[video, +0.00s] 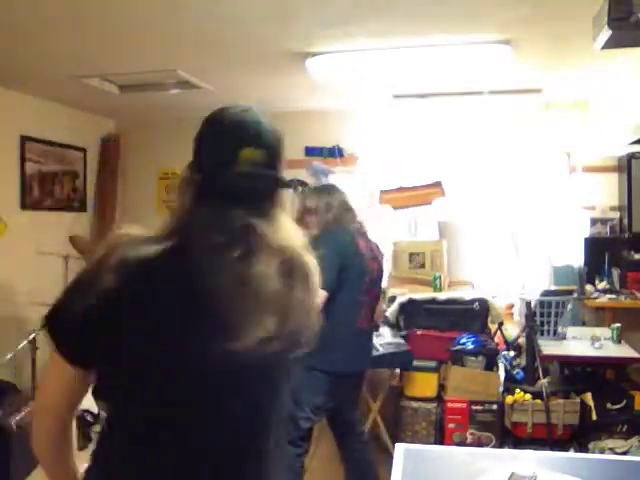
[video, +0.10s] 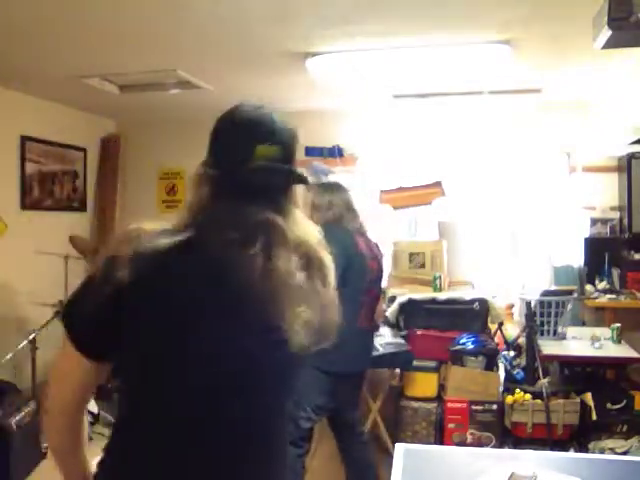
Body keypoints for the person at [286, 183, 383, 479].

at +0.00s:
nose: (306, 220)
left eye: (310, 212)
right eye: (305, 212)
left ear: (326, 211)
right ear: (343, 209)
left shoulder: (331, 241)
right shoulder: (366, 243)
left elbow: (316, 297)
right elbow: (372, 303)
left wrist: (292, 330)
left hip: (323, 354)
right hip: (355, 355)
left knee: (292, 435)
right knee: (349, 429)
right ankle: (364, 474)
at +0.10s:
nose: (309, 213)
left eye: (312, 206)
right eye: (310, 206)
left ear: (322, 207)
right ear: (347, 206)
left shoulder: (329, 239)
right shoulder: (366, 242)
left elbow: (320, 293)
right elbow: (372, 299)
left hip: (324, 350)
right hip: (357, 351)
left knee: (294, 435)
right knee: (350, 430)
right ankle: (365, 473)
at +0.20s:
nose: (312, 216)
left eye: (314, 208)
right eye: (313, 208)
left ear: (321, 210)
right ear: (349, 207)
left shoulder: (322, 245)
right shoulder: (369, 245)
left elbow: (313, 299)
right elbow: (372, 303)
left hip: (323, 350)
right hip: (357, 351)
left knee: (299, 435)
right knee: (351, 428)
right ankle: (366, 473)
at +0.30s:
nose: (311, 216)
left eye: (313, 209)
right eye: (311, 209)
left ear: (323, 208)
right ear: (347, 206)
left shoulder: (328, 241)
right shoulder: (369, 242)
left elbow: (323, 297)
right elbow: (377, 296)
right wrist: (358, 330)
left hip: (330, 349)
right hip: (361, 349)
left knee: (305, 427)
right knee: (349, 423)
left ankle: (295, 473)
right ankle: (366, 473)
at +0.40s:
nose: (312, 215)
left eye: (316, 207)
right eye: (312, 208)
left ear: (328, 208)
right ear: (349, 206)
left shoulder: (331, 243)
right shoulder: (370, 243)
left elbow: (322, 298)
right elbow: (375, 299)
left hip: (331, 350)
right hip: (361, 349)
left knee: (305, 428)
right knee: (350, 425)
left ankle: (295, 473)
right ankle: (367, 474)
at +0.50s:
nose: (310, 213)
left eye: (314, 206)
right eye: (310, 205)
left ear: (330, 207)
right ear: (350, 206)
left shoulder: (333, 242)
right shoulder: (371, 244)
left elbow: (312, 295)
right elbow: (373, 302)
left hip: (327, 354)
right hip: (359, 355)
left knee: (300, 440)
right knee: (352, 431)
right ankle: (367, 475)